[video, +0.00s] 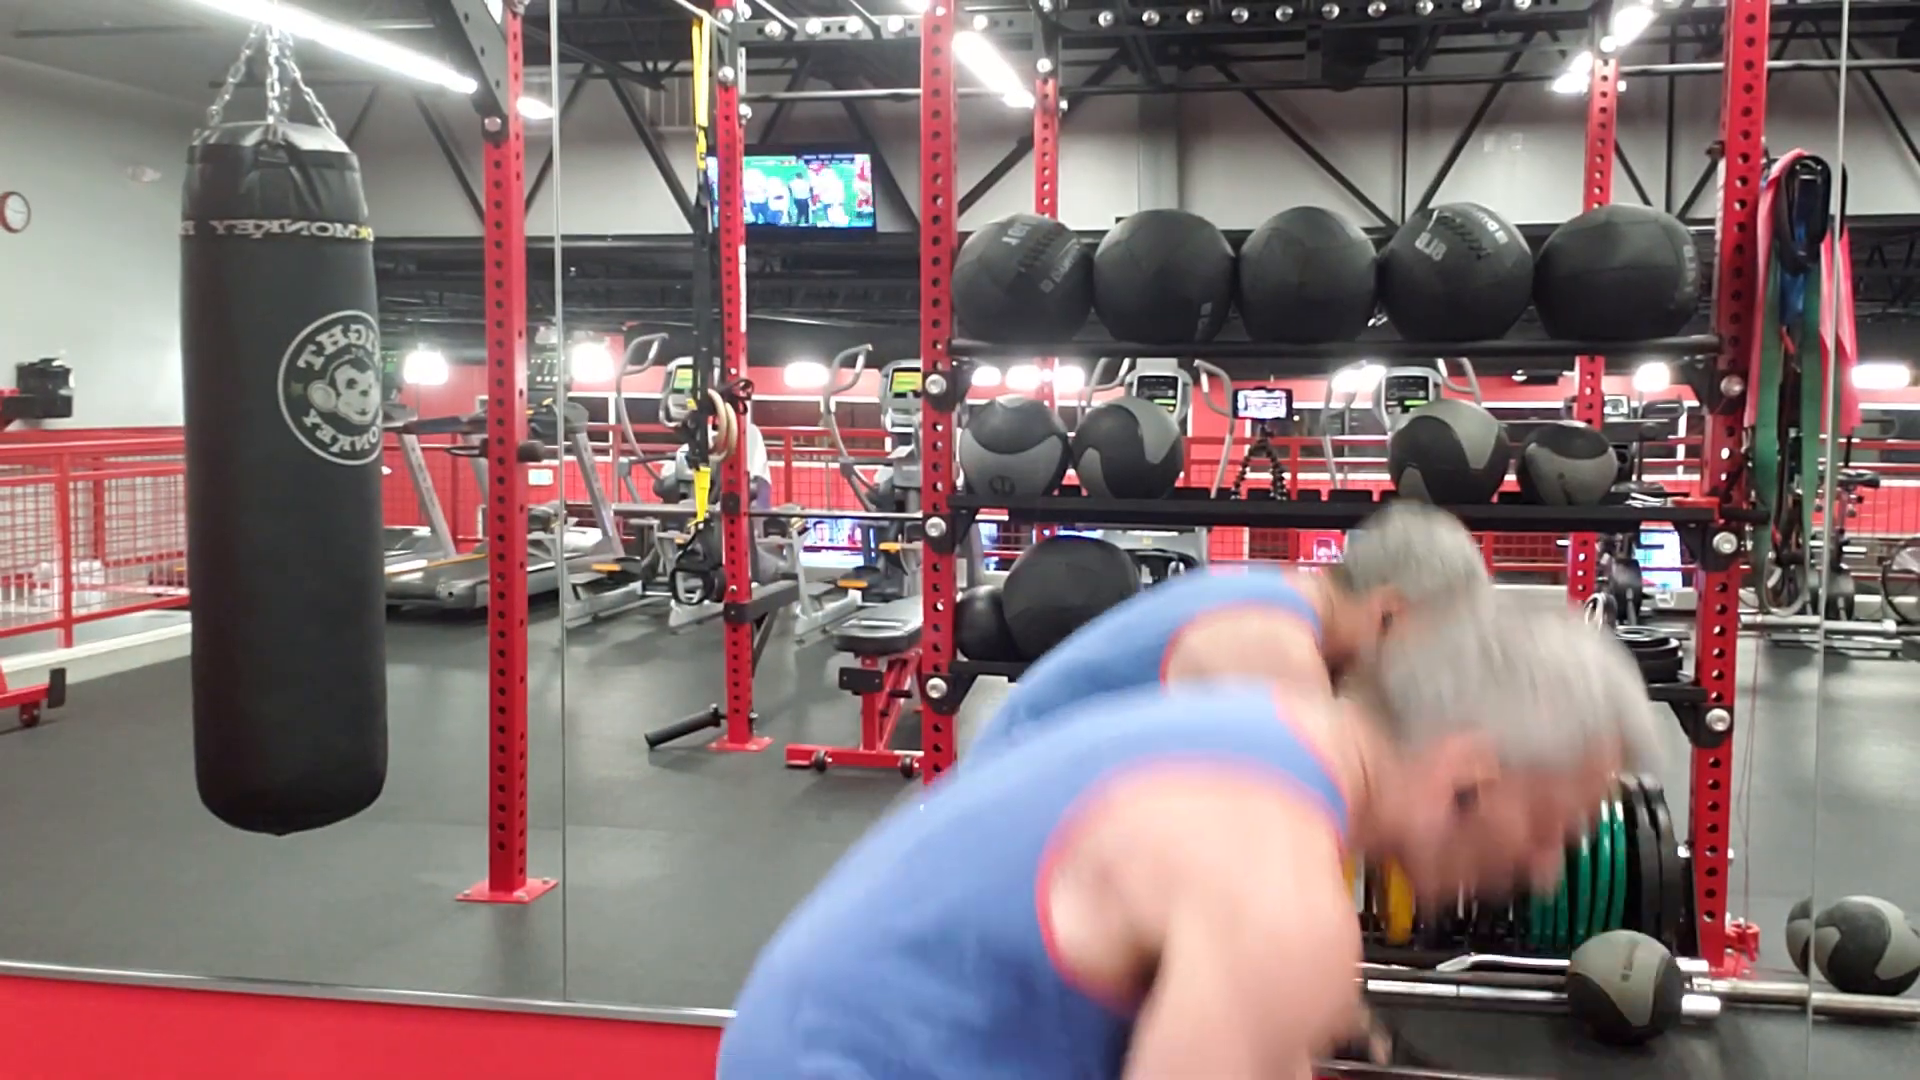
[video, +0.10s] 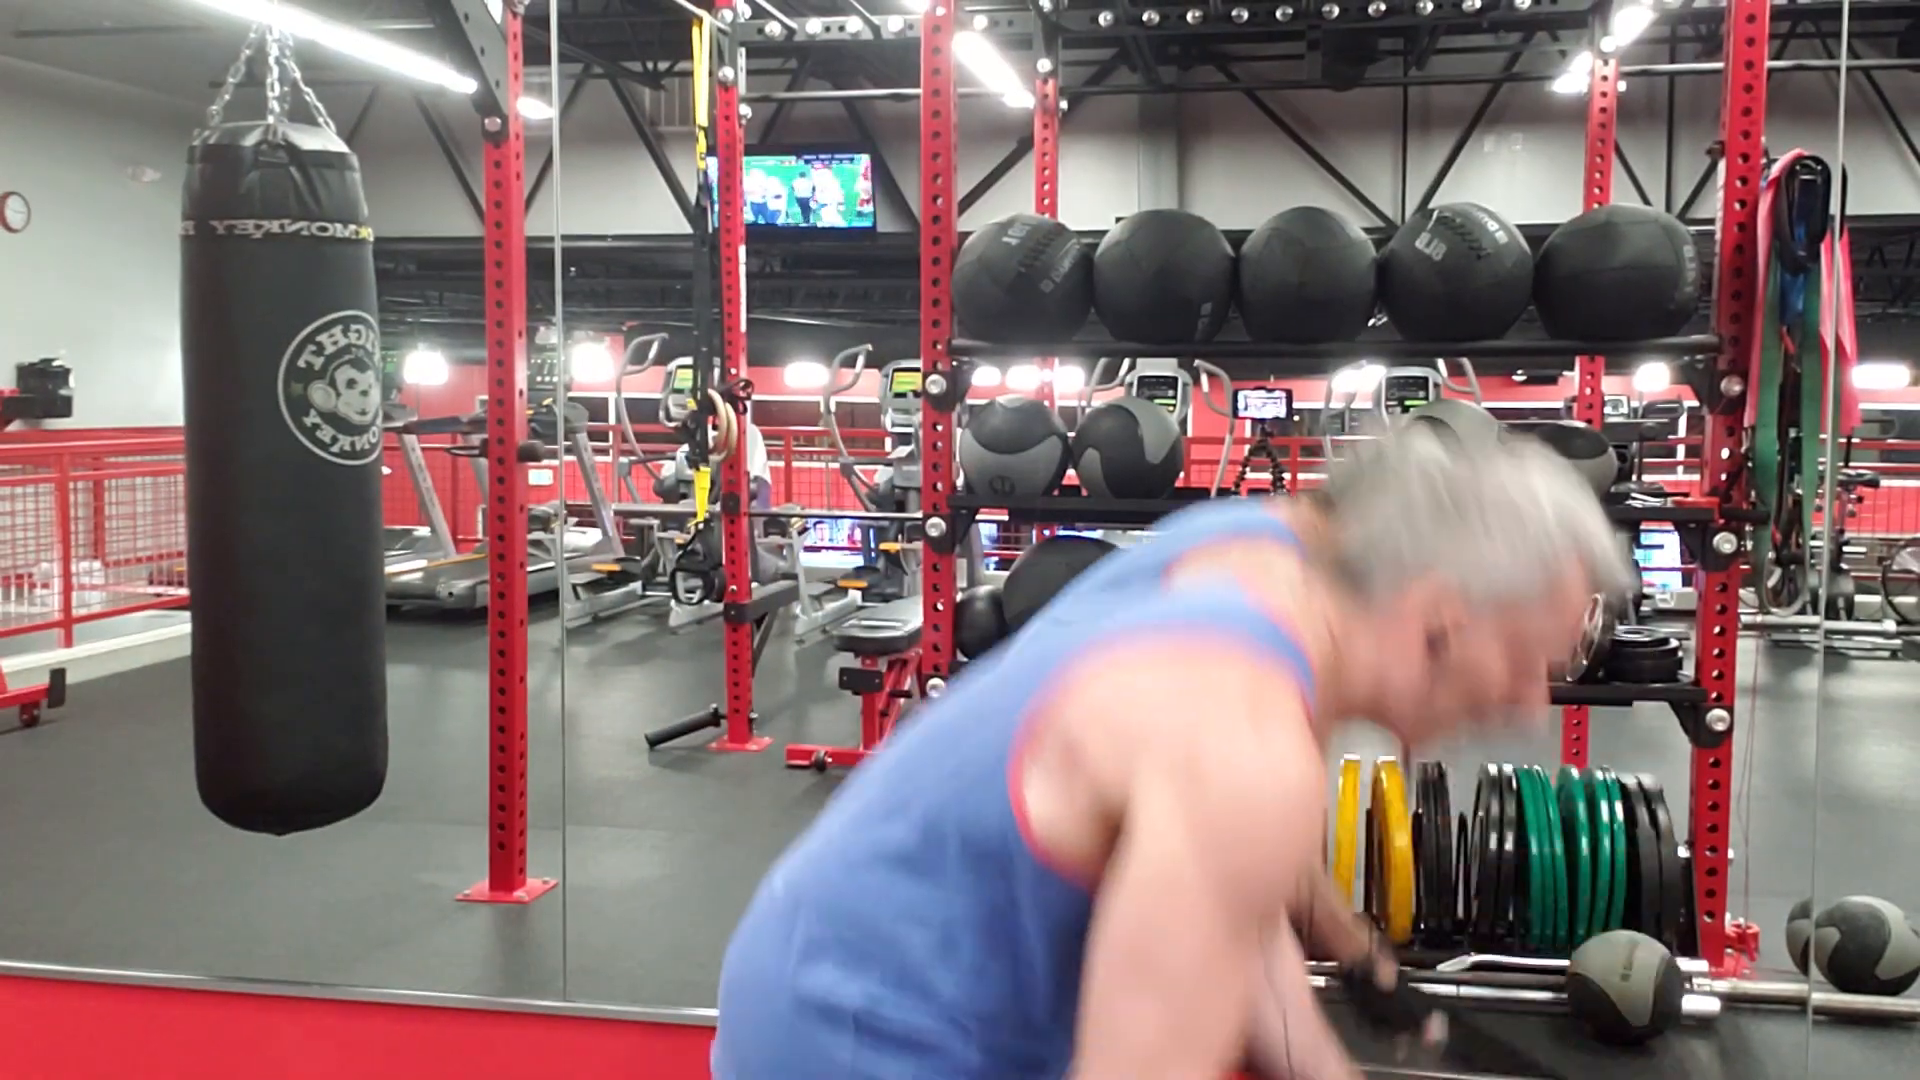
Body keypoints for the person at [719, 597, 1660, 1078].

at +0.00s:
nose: (1544, 875)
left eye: (1567, 843)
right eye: (1553, 834)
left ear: (1465, 758)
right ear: (1472, 781)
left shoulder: (1272, 731)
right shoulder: (1274, 904)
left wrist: (1302, 1017)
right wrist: (1328, 1042)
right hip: (844, 1059)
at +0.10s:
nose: (1535, 707)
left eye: (1553, 677)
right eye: (1540, 668)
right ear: (1441, 623)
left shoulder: (1254, 544)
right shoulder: (1243, 765)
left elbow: (1215, 823)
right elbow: (1143, 1064)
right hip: (865, 1043)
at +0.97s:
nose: (1150, 67)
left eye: (1143, 28)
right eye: (1107, 21)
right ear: (984, 27)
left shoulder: (1020, 284)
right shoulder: (856, 278)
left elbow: (1004, 603)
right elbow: (766, 683)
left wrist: (1150, 771)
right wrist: (1063, 956)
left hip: (970, 968)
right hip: (862, 995)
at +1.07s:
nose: (1110, 53)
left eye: (1101, 16)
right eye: (1065, 10)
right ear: (940, 25)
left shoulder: (987, 285)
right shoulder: (817, 270)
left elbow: (891, 629)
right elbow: (668, 652)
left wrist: (1047, 752)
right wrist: (967, 906)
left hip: (975, 986)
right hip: (842, 1009)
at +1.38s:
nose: (971, 67)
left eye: (965, 28)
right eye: (930, 20)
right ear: (813, 30)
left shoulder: (891, 290)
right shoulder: (707, 275)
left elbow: (883, 598)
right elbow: (625, 658)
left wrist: (1039, 726)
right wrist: (904, 893)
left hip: (880, 974)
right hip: (766, 1000)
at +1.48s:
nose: (941, 73)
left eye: (940, 35)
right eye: (899, 27)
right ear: (782, 36)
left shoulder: (863, 289)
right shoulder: (673, 273)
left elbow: (872, 585)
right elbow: (604, 641)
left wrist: (1034, 724)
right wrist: (897, 848)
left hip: (834, 949)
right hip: (722, 984)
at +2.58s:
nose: (796, 173)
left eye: (807, 136)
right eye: (771, 123)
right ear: (656, 87)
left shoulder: (730, 298)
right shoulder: (493, 295)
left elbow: (752, 580)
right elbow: (429, 665)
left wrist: (897, 732)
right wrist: (683, 900)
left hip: (717, 946)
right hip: (526, 988)